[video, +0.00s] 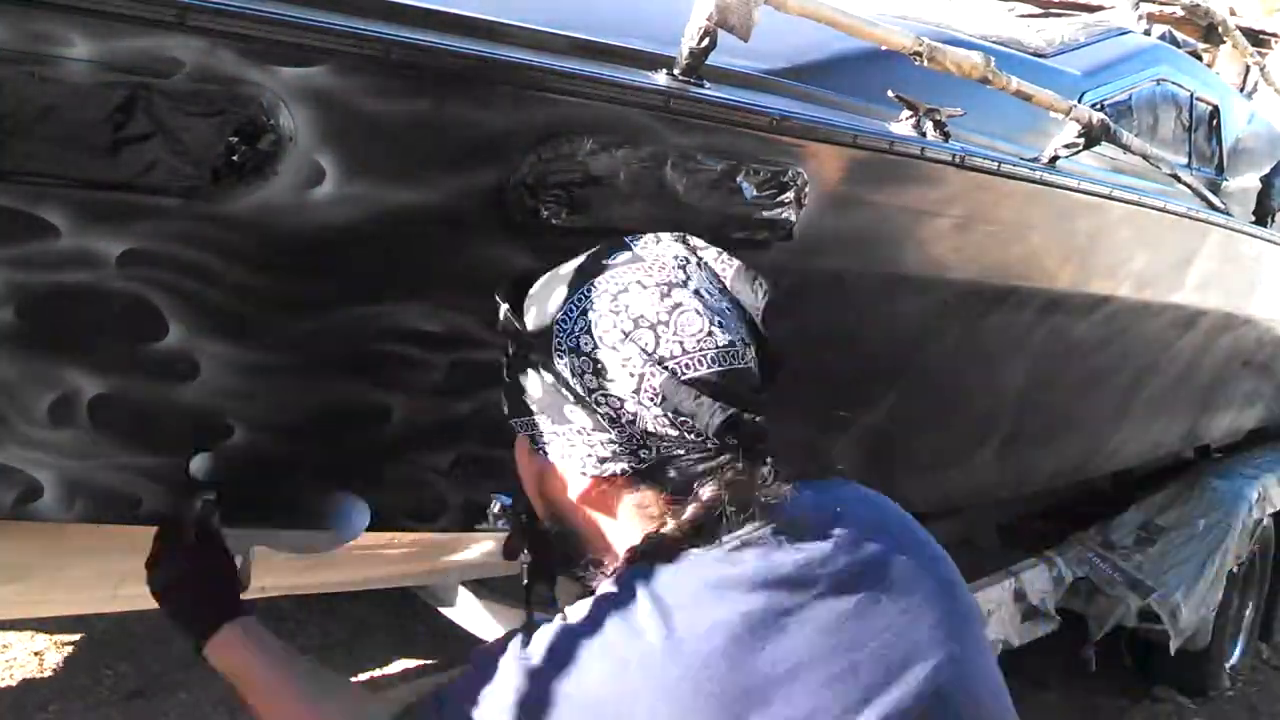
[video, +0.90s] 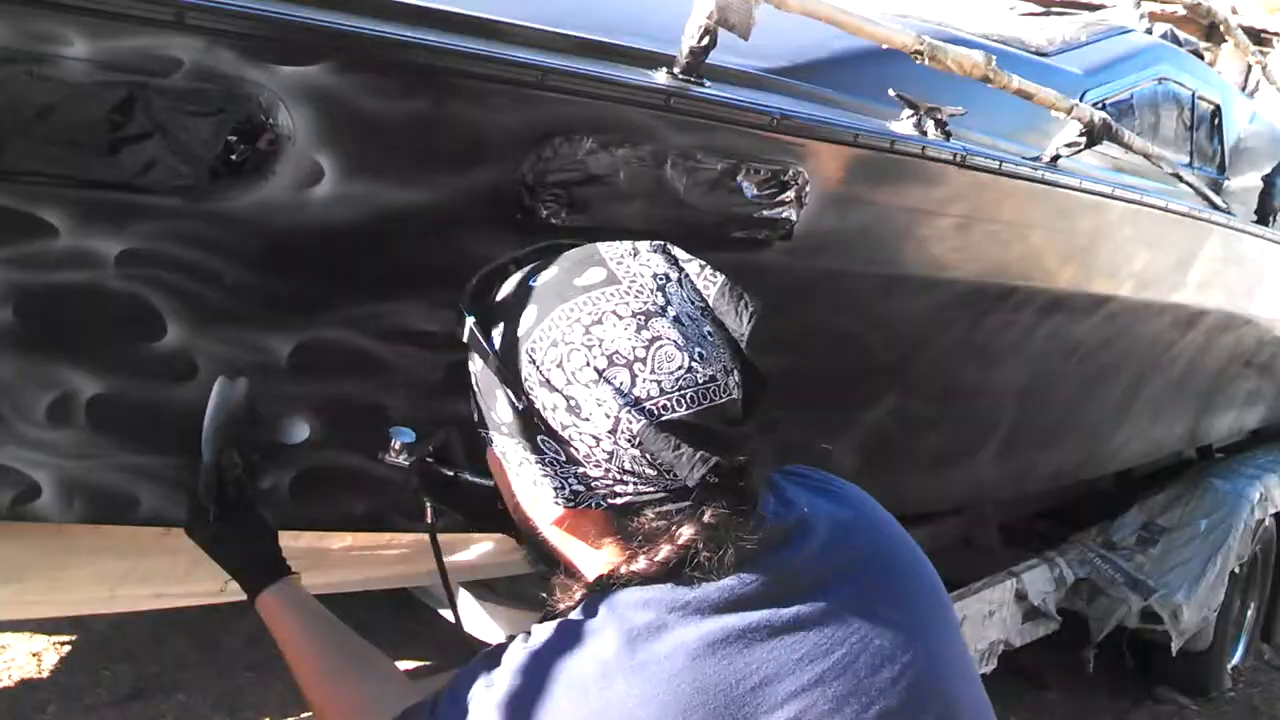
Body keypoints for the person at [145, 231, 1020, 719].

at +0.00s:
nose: (521, 443)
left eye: (532, 422)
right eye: (528, 415)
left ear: (588, 468)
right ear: (732, 424)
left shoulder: (559, 690)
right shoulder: (878, 528)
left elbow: (341, 718)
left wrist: (221, 621)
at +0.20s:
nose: (502, 449)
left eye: (509, 426)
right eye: (506, 421)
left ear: (561, 470)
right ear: (721, 405)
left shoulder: (538, 691)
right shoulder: (855, 509)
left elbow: (454, 697)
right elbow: (700, 546)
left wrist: (433, 606)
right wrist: (552, 534)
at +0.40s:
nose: (563, 412)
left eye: (572, 385)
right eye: (567, 384)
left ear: (633, 450)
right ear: (777, 405)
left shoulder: (583, 684)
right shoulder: (886, 537)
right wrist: (640, 596)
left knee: (386, 657)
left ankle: (364, 695)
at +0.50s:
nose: (611, 382)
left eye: (626, 367)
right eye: (620, 359)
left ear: (688, 433)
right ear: (838, 396)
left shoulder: (607, 638)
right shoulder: (979, 567)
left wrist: (469, 689)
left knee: (475, 664)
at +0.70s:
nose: (564, 406)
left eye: (577, 382)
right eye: (573, 380)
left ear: (625, 439)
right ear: (794, 404)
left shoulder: (570, 673)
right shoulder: (899, 536)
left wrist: (379, 700)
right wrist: (659, 573)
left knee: (380, 678)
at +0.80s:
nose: (509, 442)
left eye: (518, 428)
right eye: (516, 419)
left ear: (582, 488)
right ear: (735, 422)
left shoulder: (552, 699)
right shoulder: (849, 517)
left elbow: (381, 708)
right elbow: (698, 542)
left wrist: (259, 568)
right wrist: (554, 511)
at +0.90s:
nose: (496, 447)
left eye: (503, 431)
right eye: (499, 425)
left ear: (568, 490)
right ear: (729, 417)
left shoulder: (546, 699)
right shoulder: (844, 517)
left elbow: (387, 709)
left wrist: (261, 568)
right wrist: (518, 495)